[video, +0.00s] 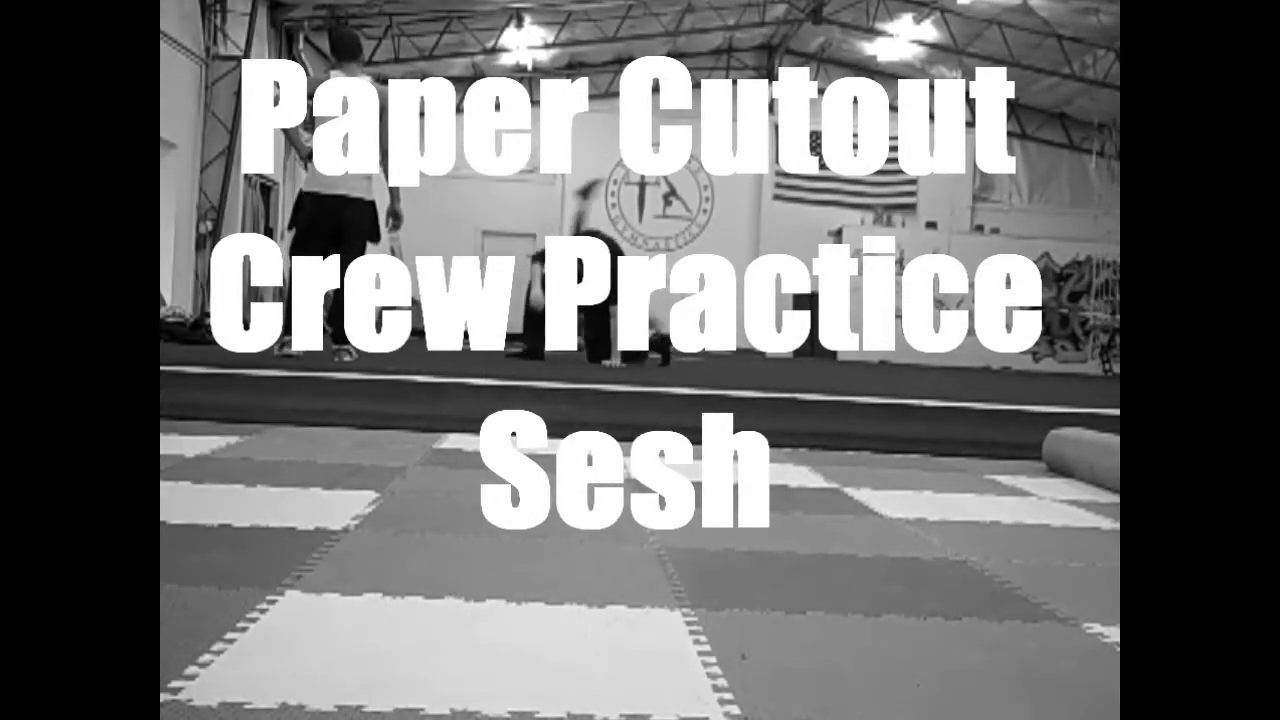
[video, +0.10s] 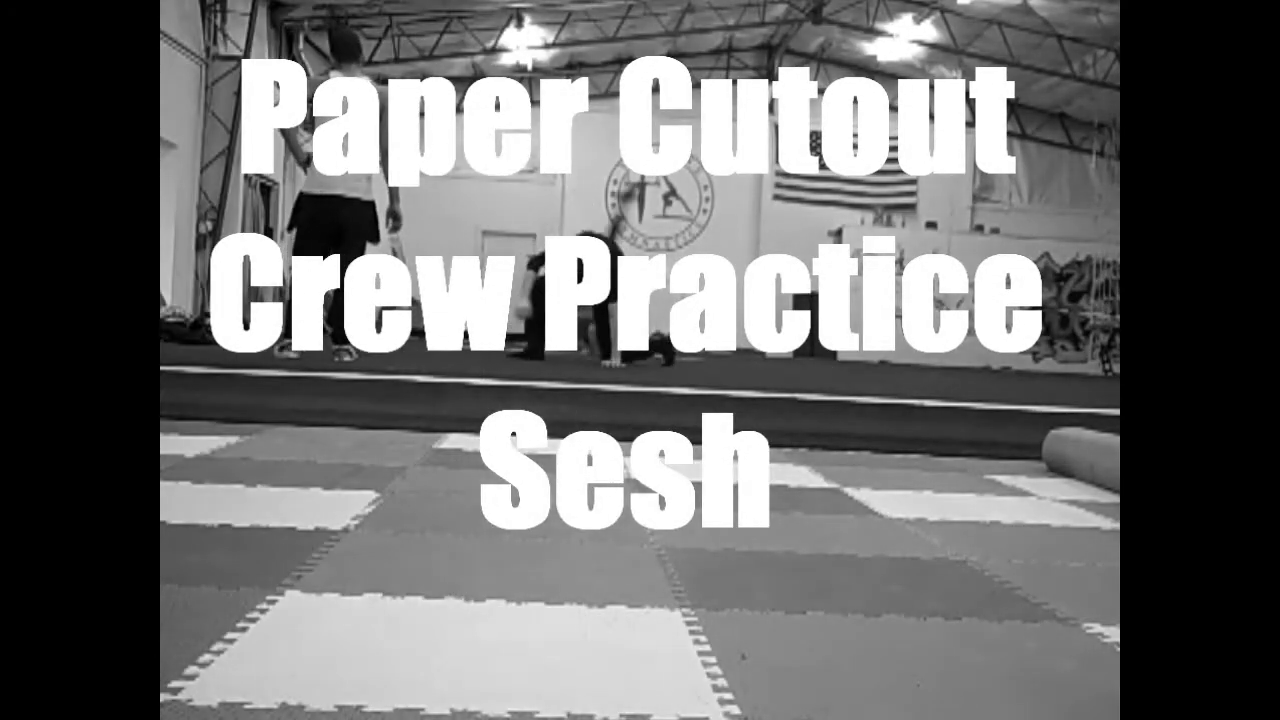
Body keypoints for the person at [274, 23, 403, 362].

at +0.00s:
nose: (329, 62)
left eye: (329, 56)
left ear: (332, 55)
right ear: (362, 53)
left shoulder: (319, 87)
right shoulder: (379, 92)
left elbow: (298, 136)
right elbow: (390, 153)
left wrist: (305, 151)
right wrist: (396, 202)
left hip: (319, 200)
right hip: (359, 203)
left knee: (300, 271)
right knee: (350, 276)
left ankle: (292, 338)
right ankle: (342, 343)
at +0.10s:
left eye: (330, 57)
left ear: (331, 55)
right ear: (361, 54)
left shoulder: (316, 87)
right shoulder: (378, 92)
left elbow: (287, 123)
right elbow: (390, 153)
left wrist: (302, 157)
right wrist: (395, 203)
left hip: (318, 200)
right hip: (358, 203)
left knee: (302, 274)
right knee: (350, 277)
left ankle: (294, 339)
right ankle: (343, 343)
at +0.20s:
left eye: (329, 58)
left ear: (330, 56)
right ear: (359, 55)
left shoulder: (315, 87)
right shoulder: (377, 92)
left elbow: (287, 124)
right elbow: (388, 153)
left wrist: (301, 156)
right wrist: (393, 203)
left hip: (317, 200)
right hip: (358, 203)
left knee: (303, 274)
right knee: (350, 277)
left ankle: (294, 340)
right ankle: (343, 344)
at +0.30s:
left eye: (327, 55)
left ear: (326, 55)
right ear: (357, 54)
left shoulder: (312, 87)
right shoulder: (375, 92)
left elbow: (283, 122)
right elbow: (386, 152)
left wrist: (298, 157)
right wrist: (390, 203)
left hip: (315, 199)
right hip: (357, 202)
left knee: (302, 274)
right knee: (350, 277)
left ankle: (292, 340)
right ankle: (344, 344)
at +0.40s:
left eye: (320, 55)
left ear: (323, 55)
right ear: (354, 54)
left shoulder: (311, 87)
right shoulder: (372, 91)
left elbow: (283, 123)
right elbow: (383, 153)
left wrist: (296, 157)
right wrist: (385, 204)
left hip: (314, 199)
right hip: (355, 203)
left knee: (303, 274)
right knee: (349, 277)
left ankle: (296, 340)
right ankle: (344, 345)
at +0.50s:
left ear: (321, 55)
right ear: (350, 54)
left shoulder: (308, 88)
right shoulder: (369, 91)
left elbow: (282, 125)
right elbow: (378, 154)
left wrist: (296, 154)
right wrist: (380, 201)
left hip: (312, 197)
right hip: (354, 200)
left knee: (302, 273)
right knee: (349, 276)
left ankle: (294, 339)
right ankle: (344, 344)